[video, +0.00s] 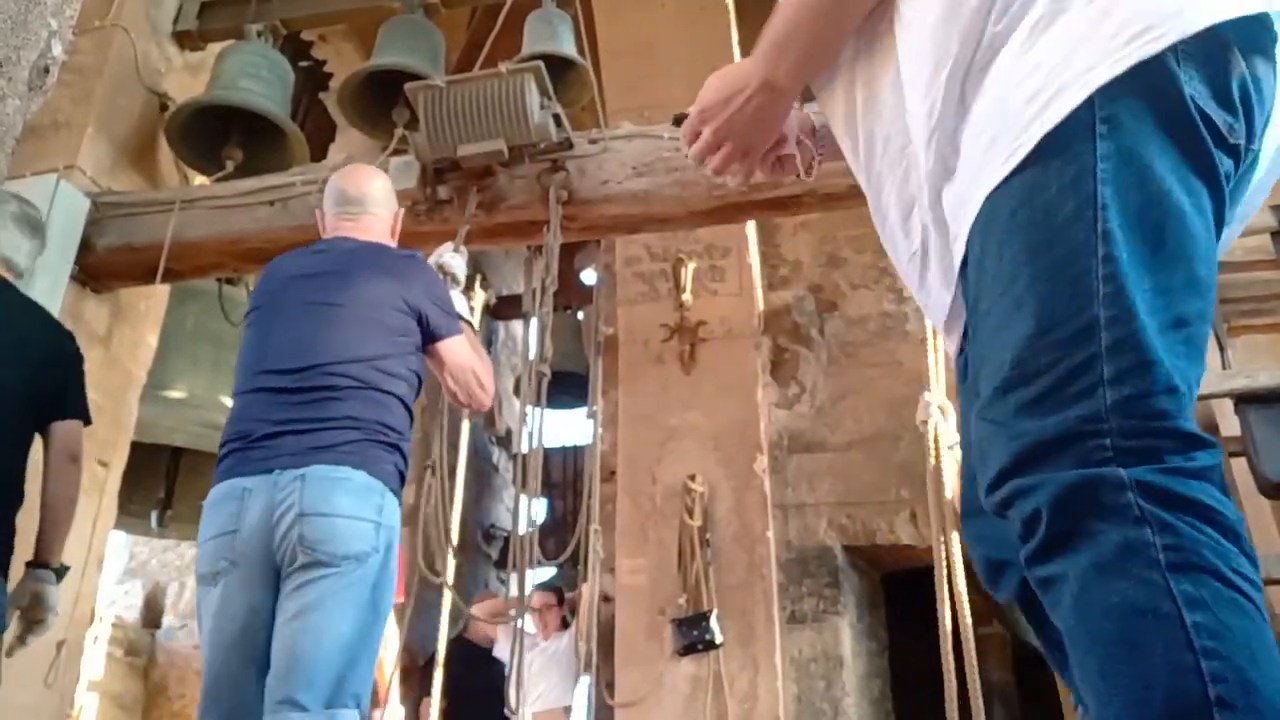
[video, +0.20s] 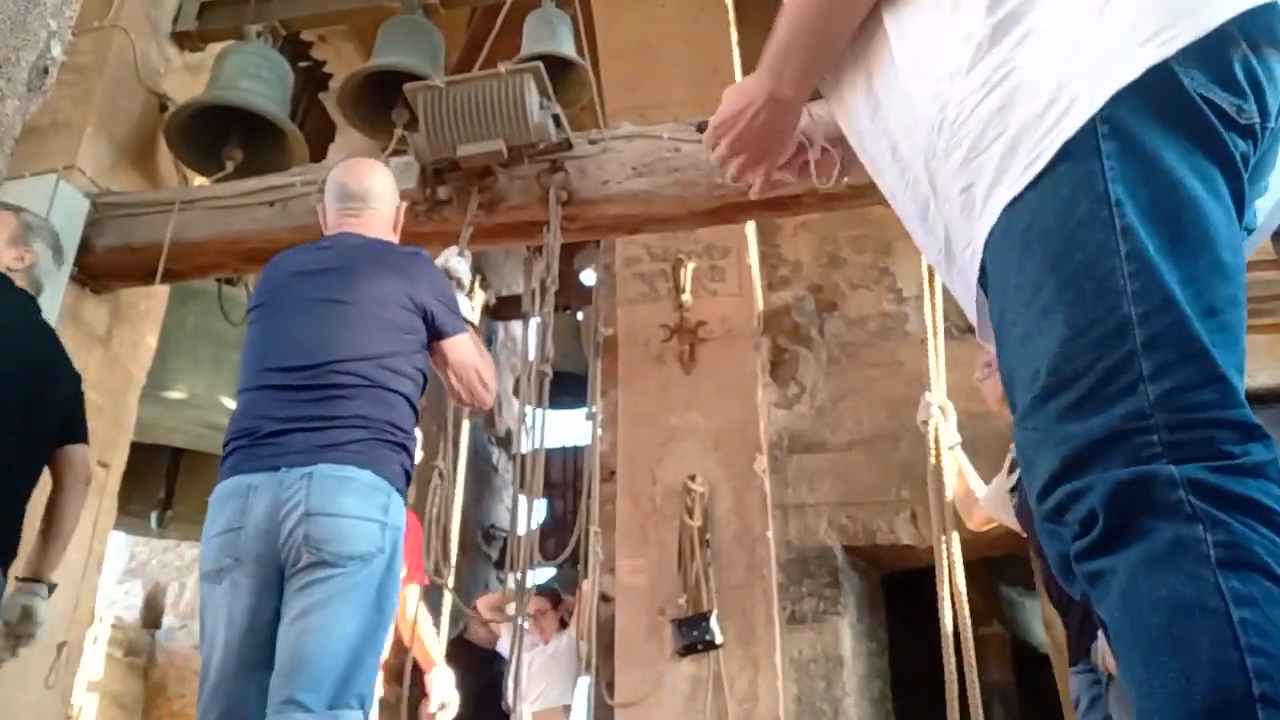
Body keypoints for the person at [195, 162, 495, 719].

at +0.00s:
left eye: (321, 215)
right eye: (400, 217)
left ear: (321, 222)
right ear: (397, 222)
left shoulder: (272, 275)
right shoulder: (411, 274)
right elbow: (478, 393)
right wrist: (439, 322)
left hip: (232, 496)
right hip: (344, 489)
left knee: (226, 708)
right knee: (308, 708)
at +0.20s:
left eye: (323, 210)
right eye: (403, 212)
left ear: (323, 217)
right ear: (399, 216)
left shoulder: (274, 271)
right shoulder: (415, 270)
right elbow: (480, 392)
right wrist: (432, 326)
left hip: (239, 494)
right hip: (352, 490)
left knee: (226, 707)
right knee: (313, 707)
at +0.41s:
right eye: (402, 210)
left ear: (322, 216)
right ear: (398, 215)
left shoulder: (275, 271)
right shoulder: (415, 270)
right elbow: (483, 390)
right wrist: (442, 326)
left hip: (238, 488)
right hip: (352, 487)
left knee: (216, 708)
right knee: (310, 707)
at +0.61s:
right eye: (396, 210)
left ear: (318, 218)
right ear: (393, 214)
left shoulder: (272, 272)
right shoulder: (414, 270)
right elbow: (480, 393)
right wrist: (440, 322)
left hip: (238, 489)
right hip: (352, 487)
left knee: (218, 707)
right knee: (311, 707)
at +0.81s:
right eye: (393, 210)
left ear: (314, 219)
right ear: (389, 214)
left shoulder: (269, 272)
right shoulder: (411, 270)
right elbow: (478, 392)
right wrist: (418, 334)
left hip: (236, 488)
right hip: (350, 487)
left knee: (216, 708)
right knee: (310, 707)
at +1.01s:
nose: (392, 214)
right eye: (392, 208)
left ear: (312, 217)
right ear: (387, 212)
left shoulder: (266, 271)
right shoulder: (407, 269)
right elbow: (474, 386)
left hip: (232, 489)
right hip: (346, 488)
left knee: (214, 709)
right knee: (308, 708)